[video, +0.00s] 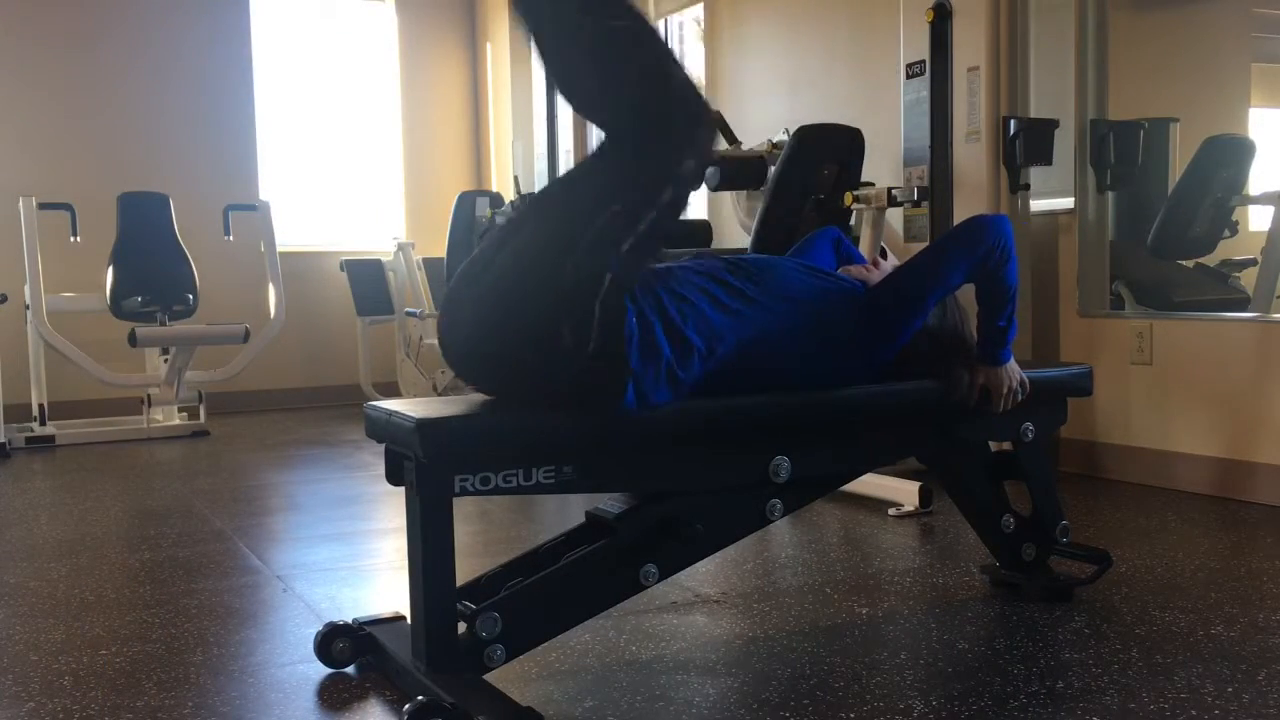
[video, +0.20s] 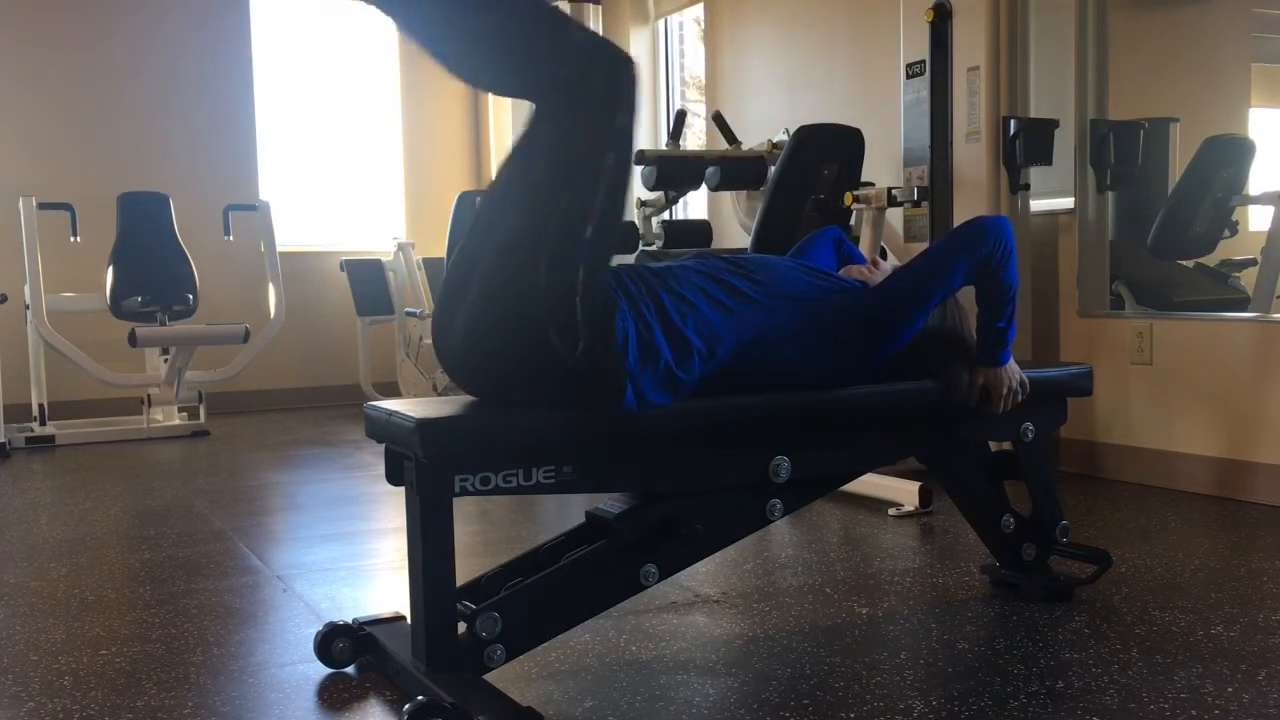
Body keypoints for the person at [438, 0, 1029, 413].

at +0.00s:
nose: (877, 256)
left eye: (893, 269)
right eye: (882, 254)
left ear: (903, 313)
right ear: (859, 273)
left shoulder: (870, 331)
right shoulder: (808, 286)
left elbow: (989, 232)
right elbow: (827, 229)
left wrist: (998, 353)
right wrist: (870, 267)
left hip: (558, 349)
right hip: (527, 329)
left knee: (678, 127)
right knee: (681, 129)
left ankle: (533, 9)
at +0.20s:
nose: (894, 262)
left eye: (905, 274)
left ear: (921, 317)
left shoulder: (873, 331)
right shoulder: (817, 276)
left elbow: (990, 233)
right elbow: (822, 171)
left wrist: (1000, 350)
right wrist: (880, 267)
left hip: (549, 345)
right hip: (536, 319)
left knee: (600, 71)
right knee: (600, 72)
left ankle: (388, 1)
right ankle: (399, 9)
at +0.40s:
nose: (882, 251)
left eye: (904, 261)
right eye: (887, 246)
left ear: (916, 315)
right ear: (868, 270)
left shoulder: (857, 335)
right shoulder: (811, 290)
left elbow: (994, 236)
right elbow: (829, 183)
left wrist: (987, 350)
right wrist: (877, 249)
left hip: (541, 352)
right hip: (526, 322)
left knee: (508, 57)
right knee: (510, 55)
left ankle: (219, 37)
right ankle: (224, 33)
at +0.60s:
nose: (873, 246)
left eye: (895, 255)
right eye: (874, 239)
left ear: (907, 307)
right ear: (850, 252)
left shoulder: (855, 338)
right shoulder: (802, 287)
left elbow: (989, 239)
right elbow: (823, 167)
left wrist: (934, 304)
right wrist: (874, 240)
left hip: (549, 361)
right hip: (534, 320)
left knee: (407, 80)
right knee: (406, 78)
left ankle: (115, 153)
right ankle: (126, 149)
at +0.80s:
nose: (881, 255)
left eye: (898, 264)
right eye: (891, 254)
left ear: (901, 301)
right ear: (875, 278)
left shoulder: (853, 324)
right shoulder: (796, 283)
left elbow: (983, 228)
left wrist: (976, 343)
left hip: (538, 348)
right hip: (531, 304)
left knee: (311, 138)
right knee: (313, 127)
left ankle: (70, 285)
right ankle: (148, 251)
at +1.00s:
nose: (873, 250)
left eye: (890, 259)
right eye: (876, 245)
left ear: (894, 294)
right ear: (856, 261)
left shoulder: (855, 323)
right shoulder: (787, 286)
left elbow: (983, 227)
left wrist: (984, 348)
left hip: (545, 350)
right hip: (525, 308)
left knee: (244, 216)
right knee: (272, 205)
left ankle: (39, 435)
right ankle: (172, 287)